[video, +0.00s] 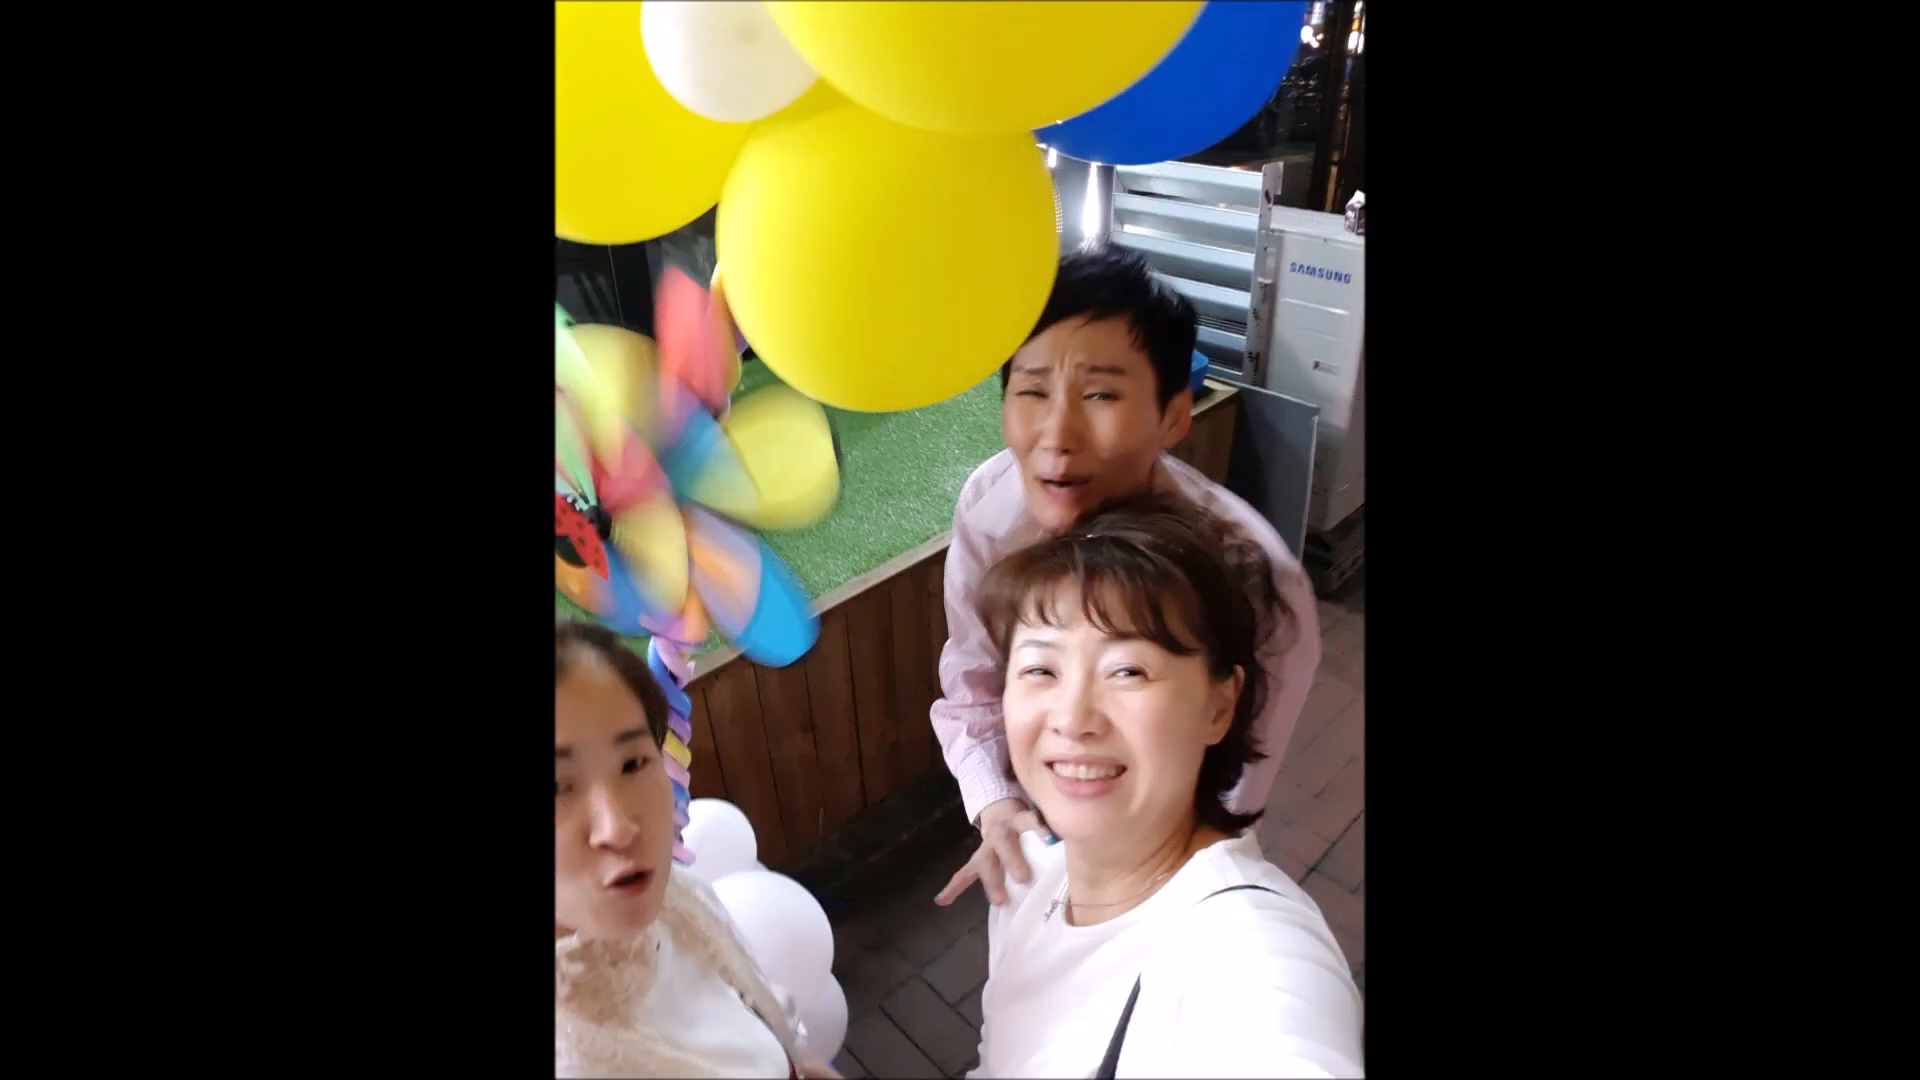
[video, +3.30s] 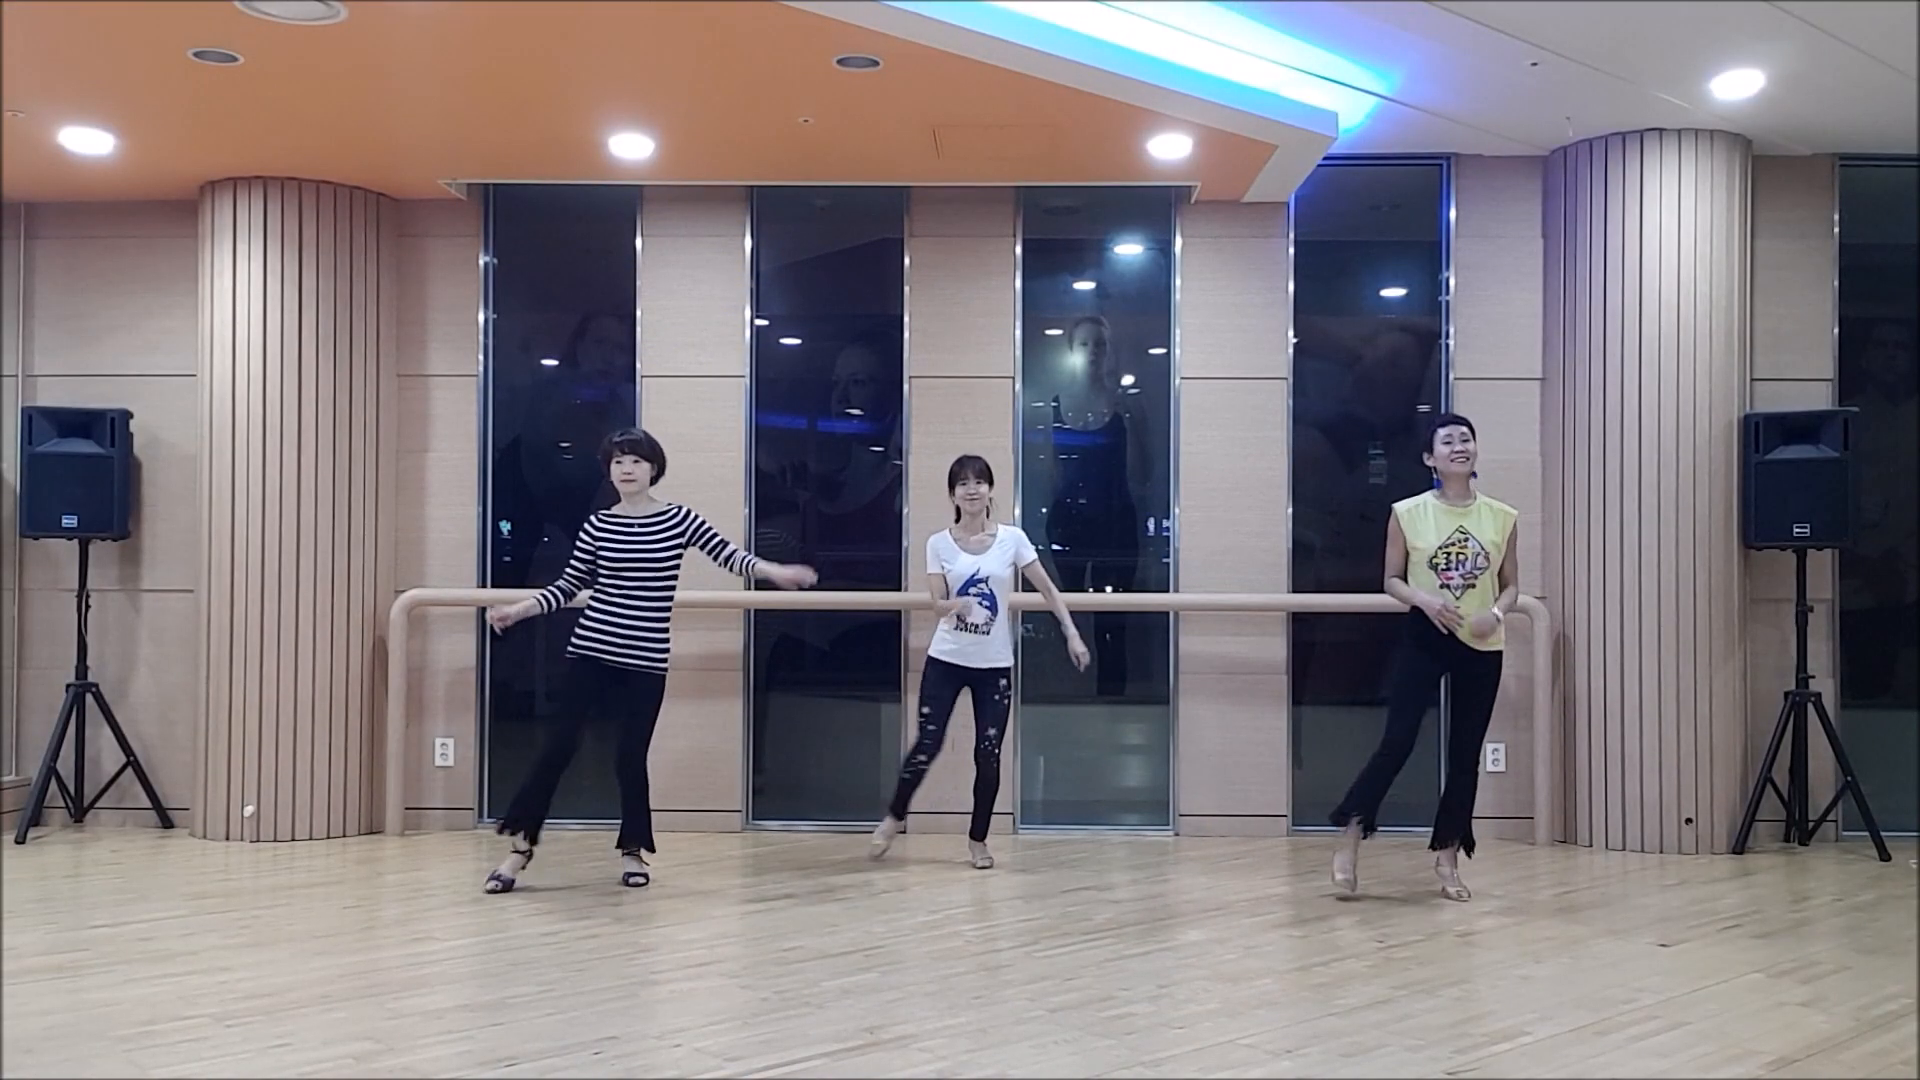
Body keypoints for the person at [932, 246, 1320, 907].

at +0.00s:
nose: (1057, 435)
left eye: (1101, 395)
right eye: (1033, 393)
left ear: (1174, 419)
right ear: (1004, 407)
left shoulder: (1253, 576)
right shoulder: (990, 504)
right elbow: (967, 677)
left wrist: (1224, 819)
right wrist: (992, 803)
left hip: (1176, 818)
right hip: (1040, 807)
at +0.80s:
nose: (1058, 439)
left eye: (1103, 400)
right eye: (1033, 392)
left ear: (1165, 418)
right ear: (1003, 402)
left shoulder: (1219, 563)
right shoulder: (989, 504)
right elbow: (971, 684)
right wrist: (983, 840)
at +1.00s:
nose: (937, 469)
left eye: (971, 438)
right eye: (917, 435)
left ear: (1030, 448)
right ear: (895, 433)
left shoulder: (1058, 603)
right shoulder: (868, 469)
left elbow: (1024, 755)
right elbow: (771, 446)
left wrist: (974, 855)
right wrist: (749, 411)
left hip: (950, 817)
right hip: (844, 772)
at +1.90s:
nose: (937, 468)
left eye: (972, 438)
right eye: (917, 435)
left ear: (1030, 450)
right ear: (896, 434)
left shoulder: (1062, 608)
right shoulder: (866, 469)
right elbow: (762, 442)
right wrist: (749, 405)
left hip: (970, 834)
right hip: (832, 801)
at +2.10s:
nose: (943, 489)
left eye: (952, 482)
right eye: (935, 483)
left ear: (965, 490)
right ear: (923, 492)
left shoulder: (984, 546)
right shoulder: (904, 546)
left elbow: (1013, 608)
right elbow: (892, 602)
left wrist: (1033, 668)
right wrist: (886, 646)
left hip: (968, 675)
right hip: (917, 675)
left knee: (949, 767)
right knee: (909, 773)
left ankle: (963, 857)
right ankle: (939, 865)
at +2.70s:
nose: (961, 491)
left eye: (969, 484)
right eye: (953, 485)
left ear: (981, 491)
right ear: (941, 493)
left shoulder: (1001, 540)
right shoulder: (926, 546)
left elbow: (1031, 596)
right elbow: (915, 601)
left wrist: (1014, 621)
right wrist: (906, 638)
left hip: (999, 661)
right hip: (951, 659)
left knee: (994, 749)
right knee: (975, 736)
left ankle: (982, 839)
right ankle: (960, 824)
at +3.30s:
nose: (972, 490)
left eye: (979, 482)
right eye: (963, 484)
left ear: (991, 489)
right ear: (952, 492)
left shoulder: (1012, 539)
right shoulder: (939, 543)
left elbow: (1048, 590)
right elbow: (938, 604)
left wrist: (1072, 634)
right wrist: (955, 604)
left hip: (994, 663)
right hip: (946, 659)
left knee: (988, 754)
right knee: (928, 743)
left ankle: (978, 841)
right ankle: (894, 819)